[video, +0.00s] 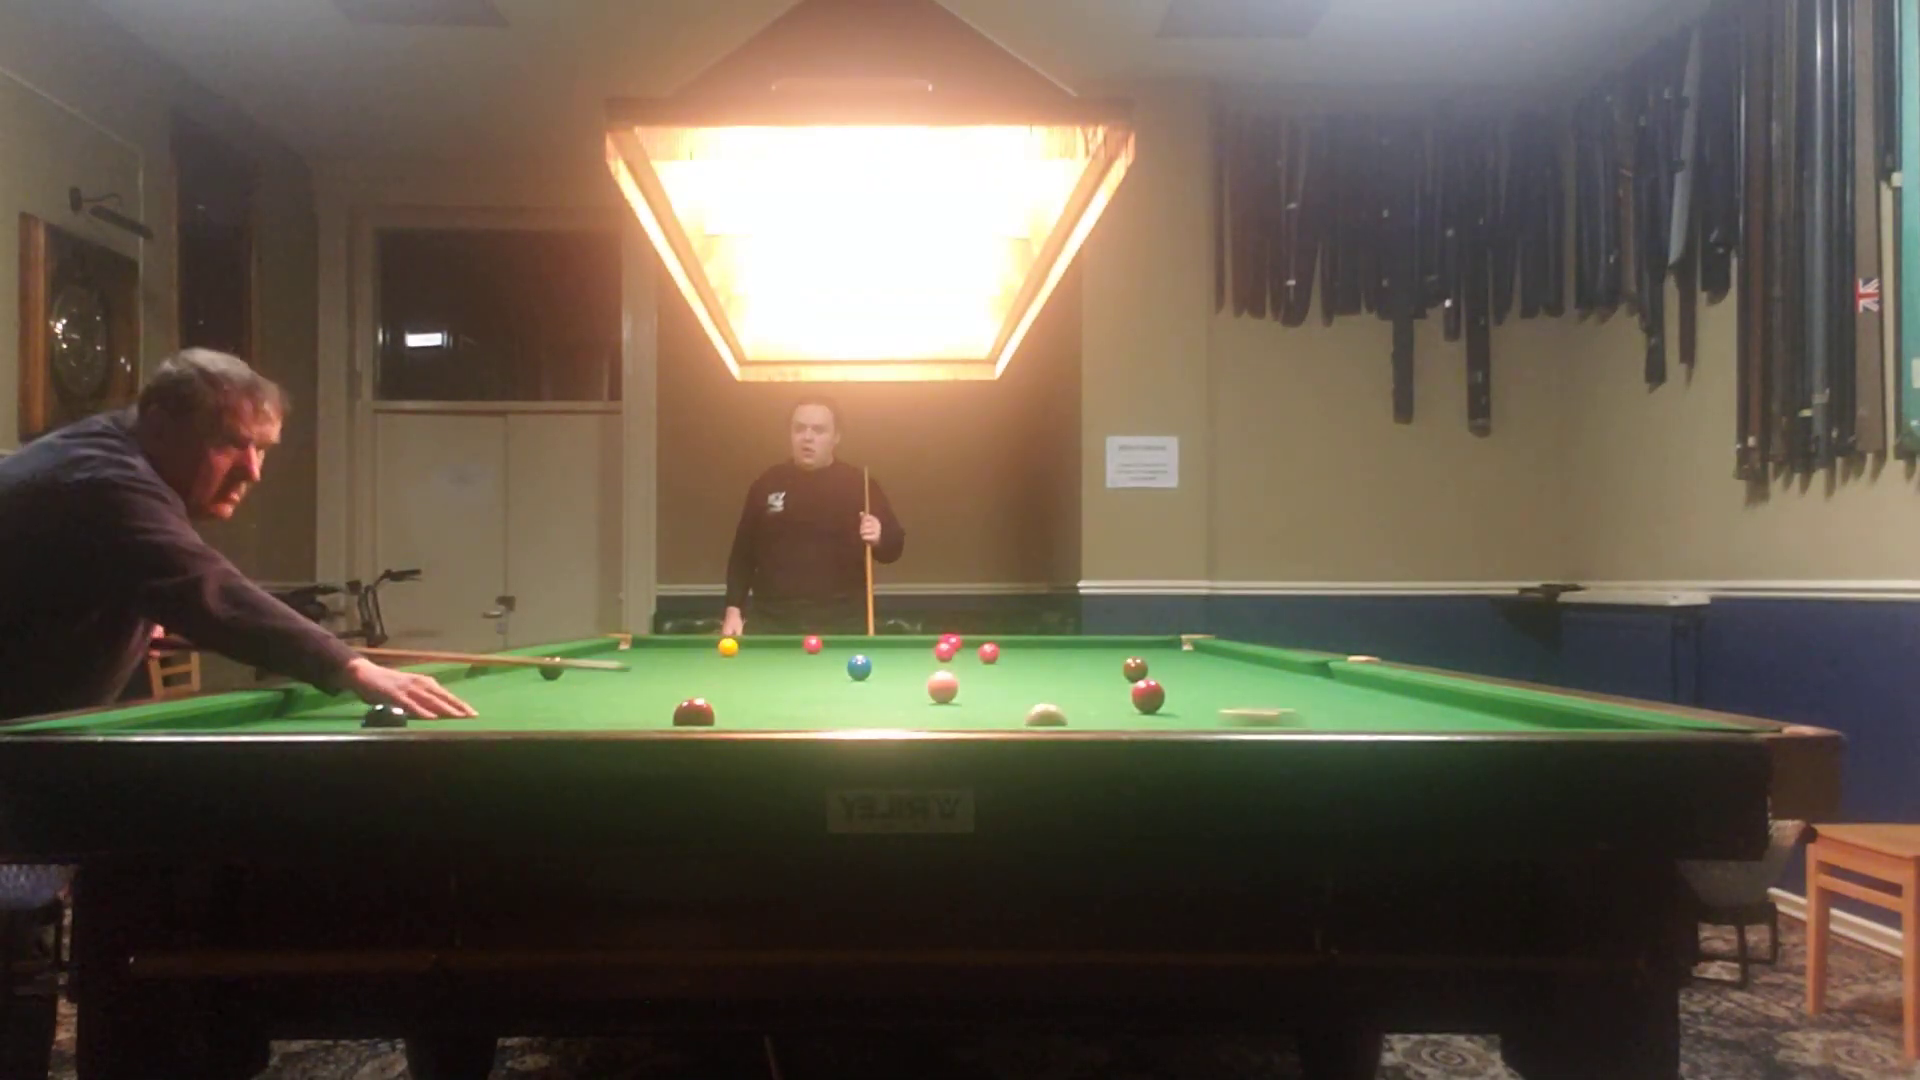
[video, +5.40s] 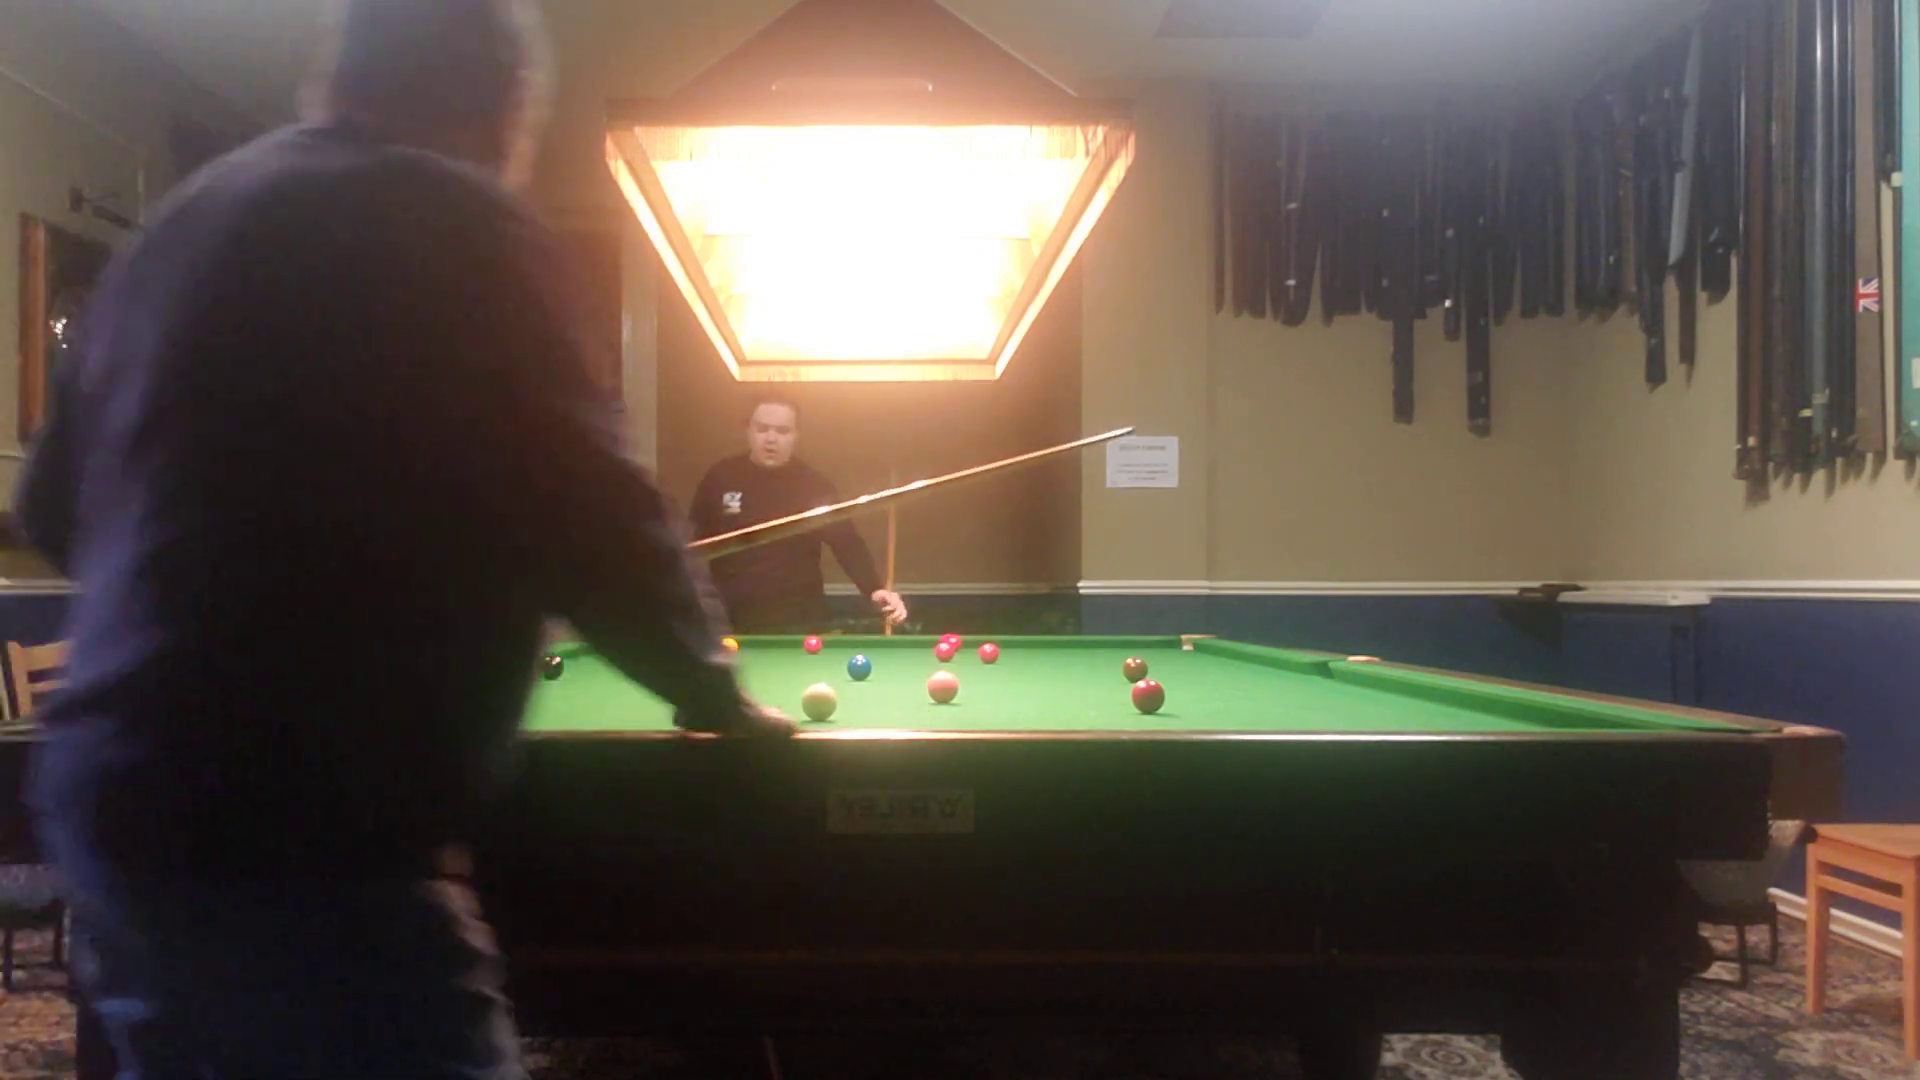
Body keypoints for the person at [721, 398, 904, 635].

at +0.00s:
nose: (807, 438)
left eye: (818, 430)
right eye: (800, 429)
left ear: (836, 437)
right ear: (790, 434)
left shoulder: (860, 485)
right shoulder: (768, 485)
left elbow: (893, 550)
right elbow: (743, 552)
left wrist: (881, 538)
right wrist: (734, 608)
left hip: (842, 626)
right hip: (773, 627)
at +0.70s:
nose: (781, 434)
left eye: (792, 426)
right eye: (773, 425)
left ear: (807, 436)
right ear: (762, 432)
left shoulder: (832, 480)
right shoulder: (739, 483)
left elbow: (867, 546)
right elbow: (716, 551)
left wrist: (860, 537)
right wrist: (710, 609)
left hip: (819, 626)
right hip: (748, 627)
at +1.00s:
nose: (753, 431)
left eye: (765, 424)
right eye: (746, 422)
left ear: (781, 433)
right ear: (735, 429)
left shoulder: (808, 482)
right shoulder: (711, 483)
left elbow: (836, 552)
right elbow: (687, 550)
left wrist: (839, 539)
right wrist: (681, 608)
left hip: (792, 627)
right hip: (723, 626)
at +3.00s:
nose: (739, 450)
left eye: (750, 440)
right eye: (731, 439)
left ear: (768, 442)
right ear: (720, 440)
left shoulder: (788, 489)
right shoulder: (692, 489)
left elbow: (812, 558)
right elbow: (667, 549)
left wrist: (821, 547)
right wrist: (660, 604)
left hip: (765, 635)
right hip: (694, 634)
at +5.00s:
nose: (749, 449)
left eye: (760, 441)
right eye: (741, 439)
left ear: (774, 444)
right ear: (727, 439)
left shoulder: (791, 487)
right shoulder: (697, 489)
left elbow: (829, 539)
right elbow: (670, 556)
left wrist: (851, 544)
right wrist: (666, 605)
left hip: (774, 632)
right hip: (704, 632)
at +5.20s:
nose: (758, 444)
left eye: (768, 436)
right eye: (749, 434)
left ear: (781, 440)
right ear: (735, 435)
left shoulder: (799, 486)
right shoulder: (706, 481)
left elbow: (832, 529)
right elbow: (678, 547)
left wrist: (860, 560)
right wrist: (672, 604)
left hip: (784, 626)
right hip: (713, 625)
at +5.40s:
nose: (771, 438)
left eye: (782, 430)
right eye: (762, 429)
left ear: (796, 436)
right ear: (748, 431)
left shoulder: (814, 486)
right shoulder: (720, 480)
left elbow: (846, 542)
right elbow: (694, 548)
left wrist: (874, 589)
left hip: (803, 625)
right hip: (735, 624)